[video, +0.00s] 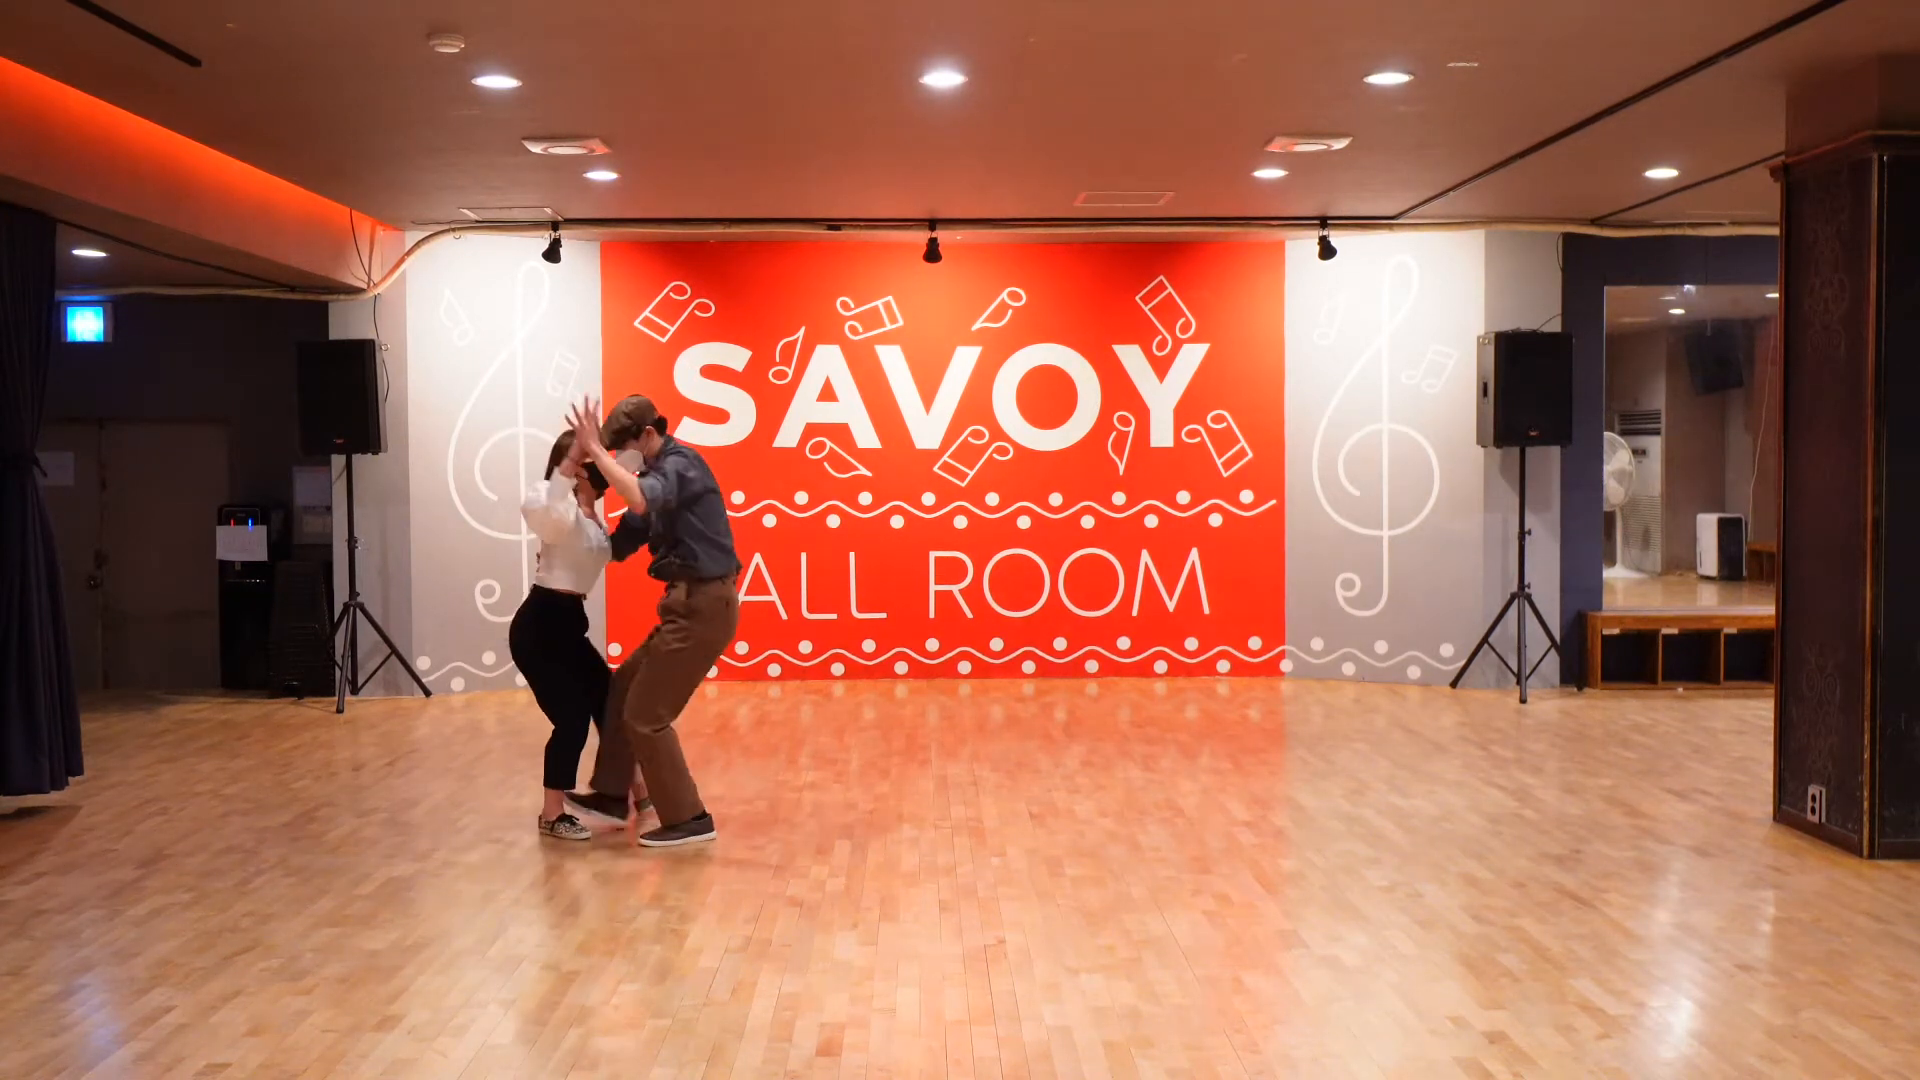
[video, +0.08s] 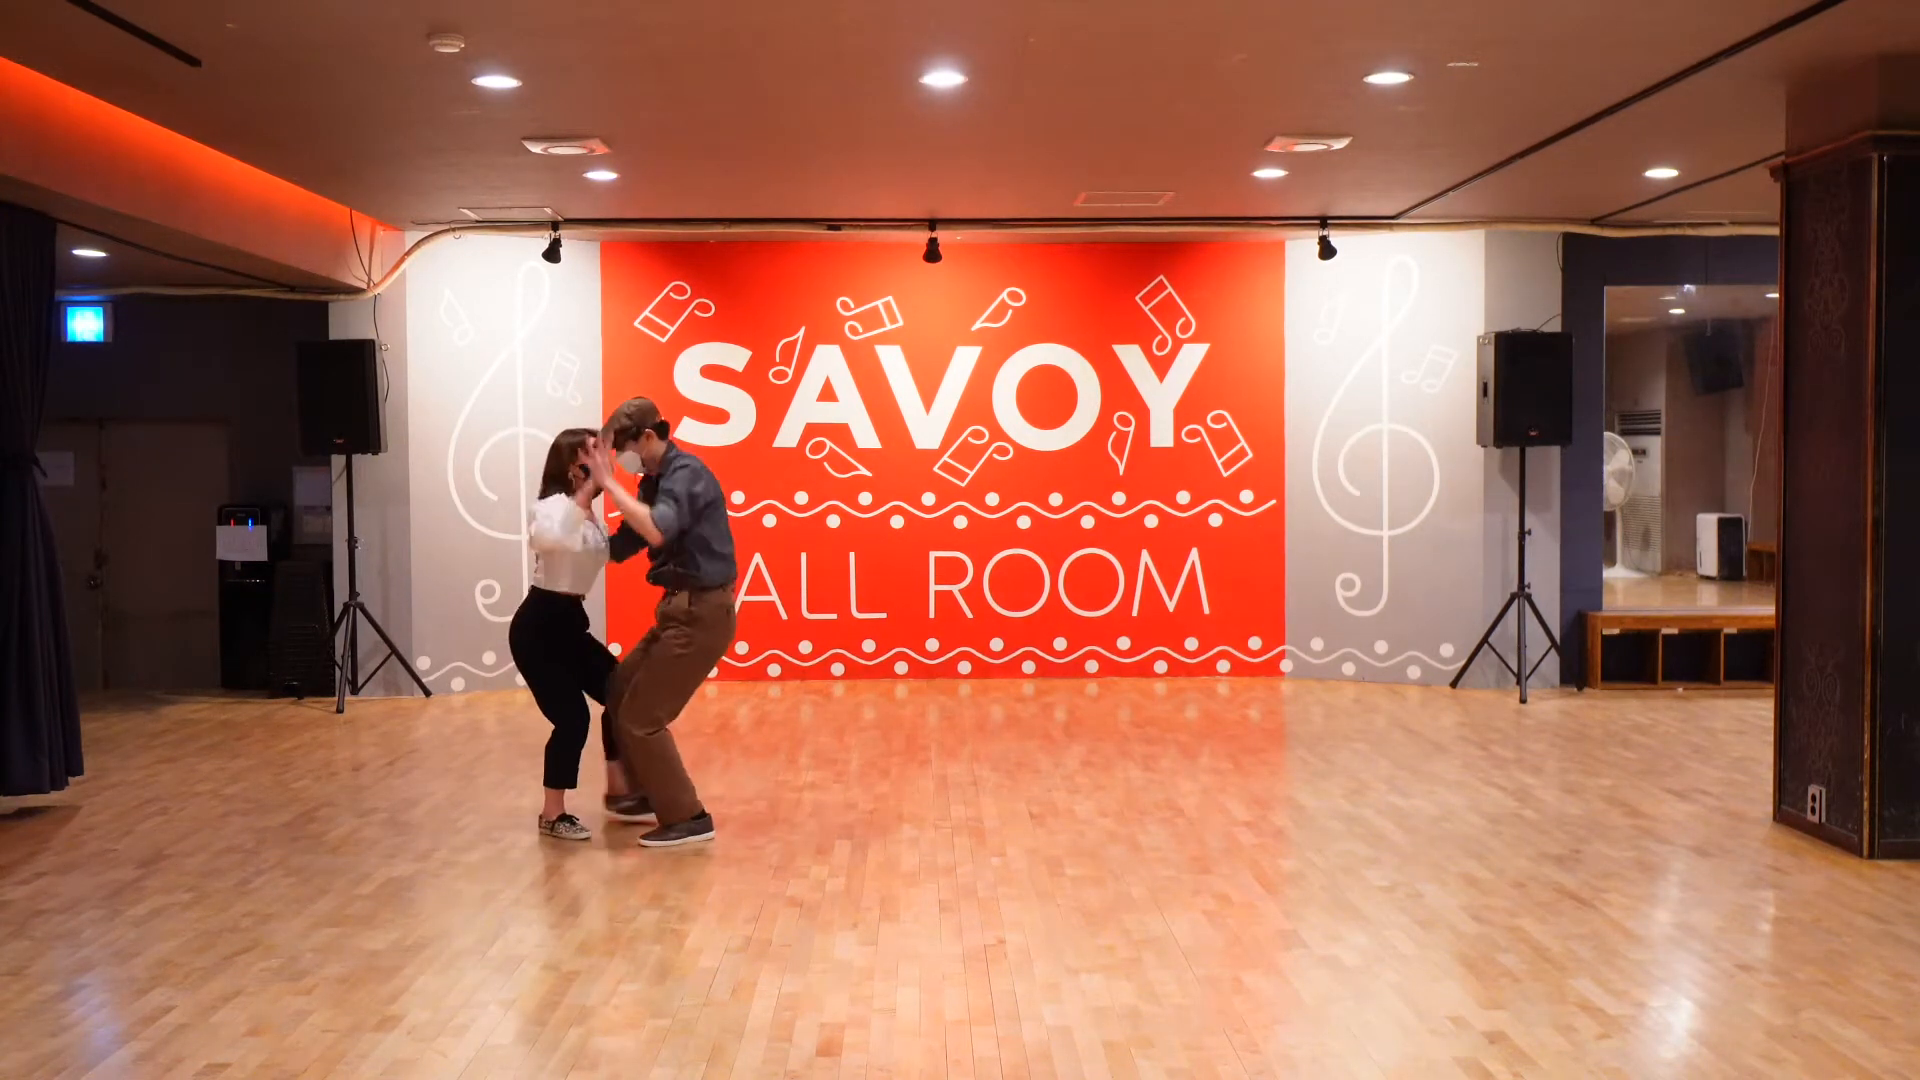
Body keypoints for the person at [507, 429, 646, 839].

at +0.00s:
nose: (593, 476)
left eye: (594, 466)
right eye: (584, 466)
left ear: (592, 474)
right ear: (565, 471)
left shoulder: (595, 520)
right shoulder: (555, 512)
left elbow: (625, 472)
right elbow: (552, 517)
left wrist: (628, 442)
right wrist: (570, 463)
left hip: (569, 627)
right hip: (539, 627)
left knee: (613, 703)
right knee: (571, 716)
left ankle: (631, 788)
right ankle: (552, 814)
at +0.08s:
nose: (609, 467)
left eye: (607, 458)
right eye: (599, 458)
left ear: (581, 468)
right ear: (576, 466)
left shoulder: (590, 519)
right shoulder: (552, 507)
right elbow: (551, 540)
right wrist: (586, 492)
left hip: (569, 628)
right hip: (537, 628)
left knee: (622, 693)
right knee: (572, 718)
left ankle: (621, 792)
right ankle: (552, 814)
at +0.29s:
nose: (594, 468)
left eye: (596, 461)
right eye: (585, 463)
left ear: (597, 466)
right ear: (564, 474)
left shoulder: (598, 516)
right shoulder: (546, 522)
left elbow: (615, 560)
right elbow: (544, 582)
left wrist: (654, 561)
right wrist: (584, 593)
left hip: (574, 626)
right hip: (538, 630)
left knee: (613, 704)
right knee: (567, 714)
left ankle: (596, 795)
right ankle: (552, 814)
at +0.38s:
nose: (591, 466)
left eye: (592, 459)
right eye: (582, 460)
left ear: (591, 465)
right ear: (560, 470)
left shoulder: (596, 511)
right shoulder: (541, 519)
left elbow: (622, 555)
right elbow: (549, 582)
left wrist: (661, 537)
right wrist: (583, 627)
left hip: (576, 619)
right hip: (536, 624)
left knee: (611, 701)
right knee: (558, 709)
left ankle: (595, 796)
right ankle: (546, 806)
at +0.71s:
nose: (563, 467)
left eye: (563, 460)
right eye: (554, 461)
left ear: (550, 469)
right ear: (532, 472)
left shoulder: (567, 514)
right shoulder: (506, 532)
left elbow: (598, 552)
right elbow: (476, 595)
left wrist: (626, 526)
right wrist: (454, 653)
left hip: (554, 619)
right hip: (512, 625)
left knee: (597, 697)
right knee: (531, 713)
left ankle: (596, 794)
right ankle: (512, 812)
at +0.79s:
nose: (562, 466)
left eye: (562, 459)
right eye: (554, 460)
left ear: (550, 467)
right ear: (530, 469)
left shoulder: (565, 513)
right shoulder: (502, 528)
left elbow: (591, 560)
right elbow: (467, 589)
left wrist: (624, 533)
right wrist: (443, 644)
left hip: (549, 618)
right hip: (507, 623)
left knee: (596, 696)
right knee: (528, 713)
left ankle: (588, 789)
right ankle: (511, 811)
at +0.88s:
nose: (564, 467)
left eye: (564, 460)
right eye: (555, 461)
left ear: (557, 469)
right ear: (531, 470)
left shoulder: (567, 515)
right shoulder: (504, 526)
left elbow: (588, 570)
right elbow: (468, 585)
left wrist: (620, 549)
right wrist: (452, 640)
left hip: (549, 623)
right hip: (508, 625)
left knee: (593, 704)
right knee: (531, 717)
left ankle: (571, 797)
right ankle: (511, 812)